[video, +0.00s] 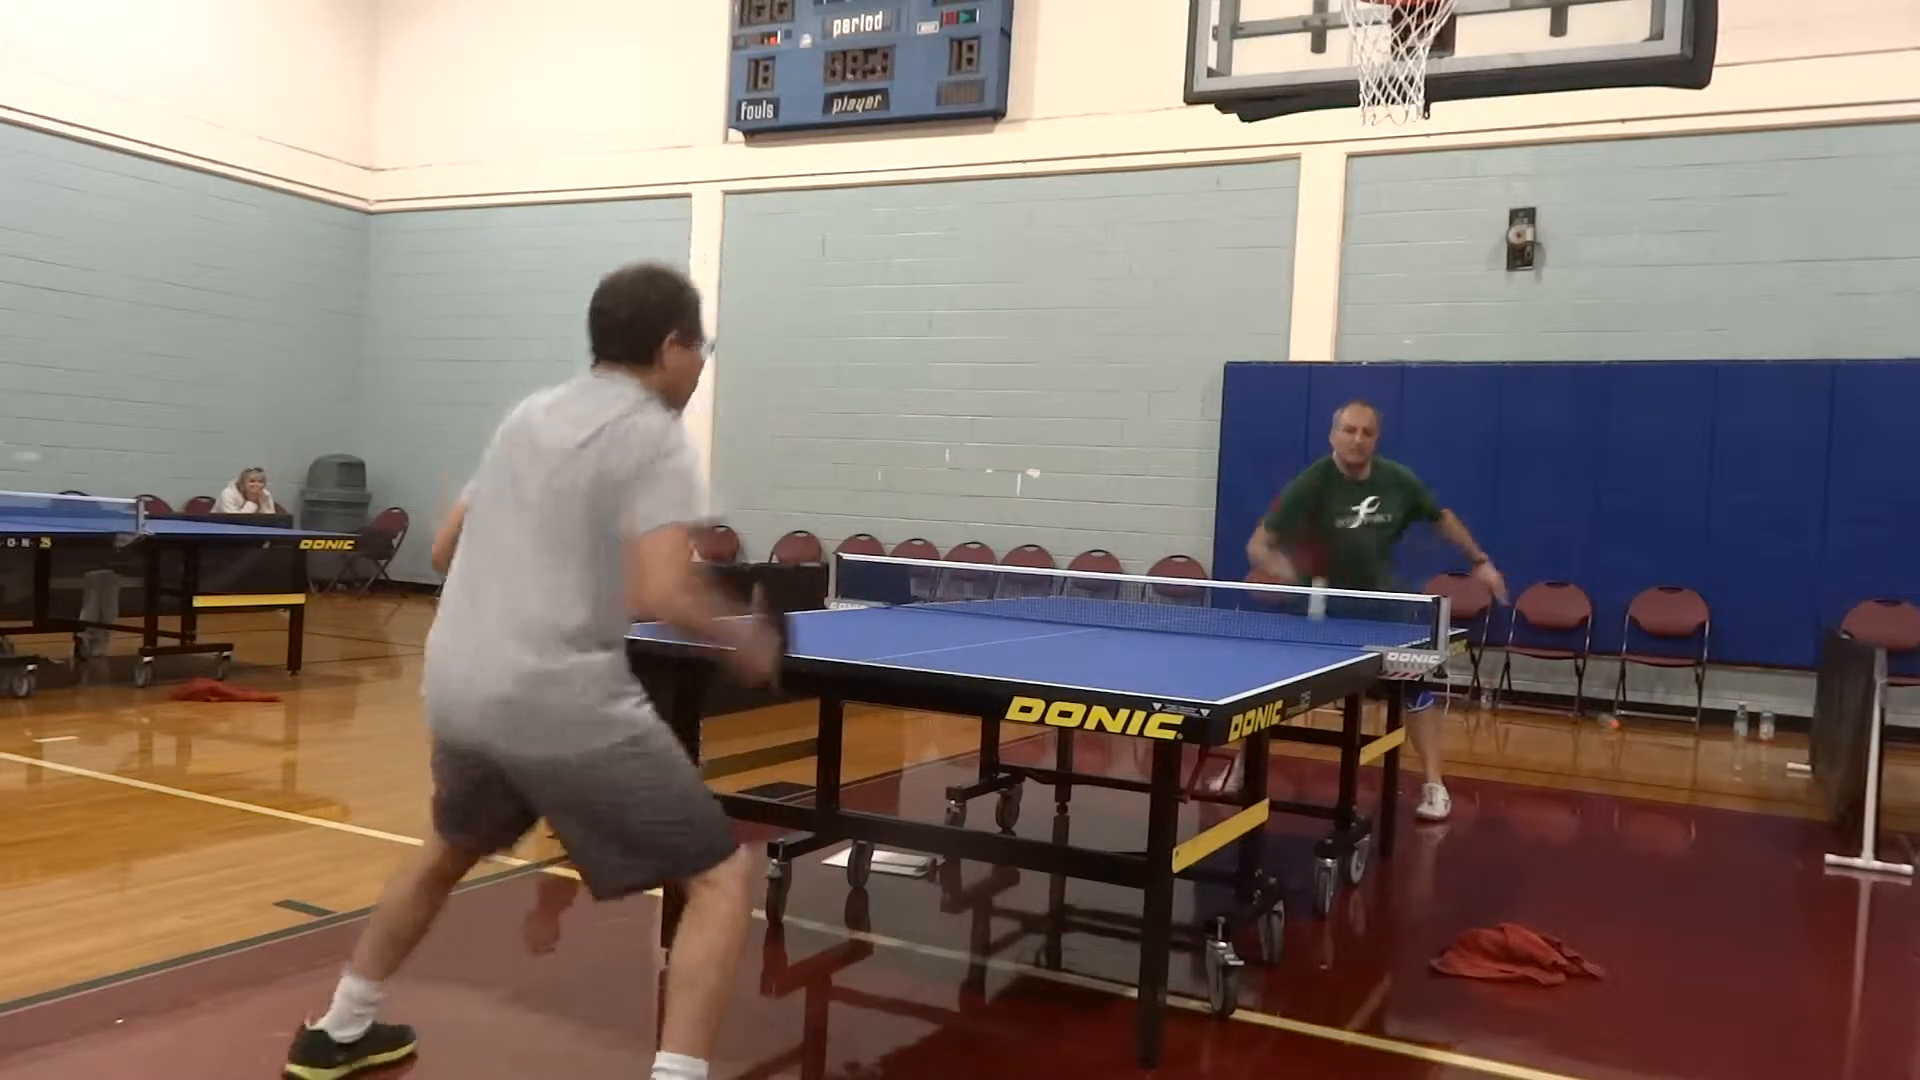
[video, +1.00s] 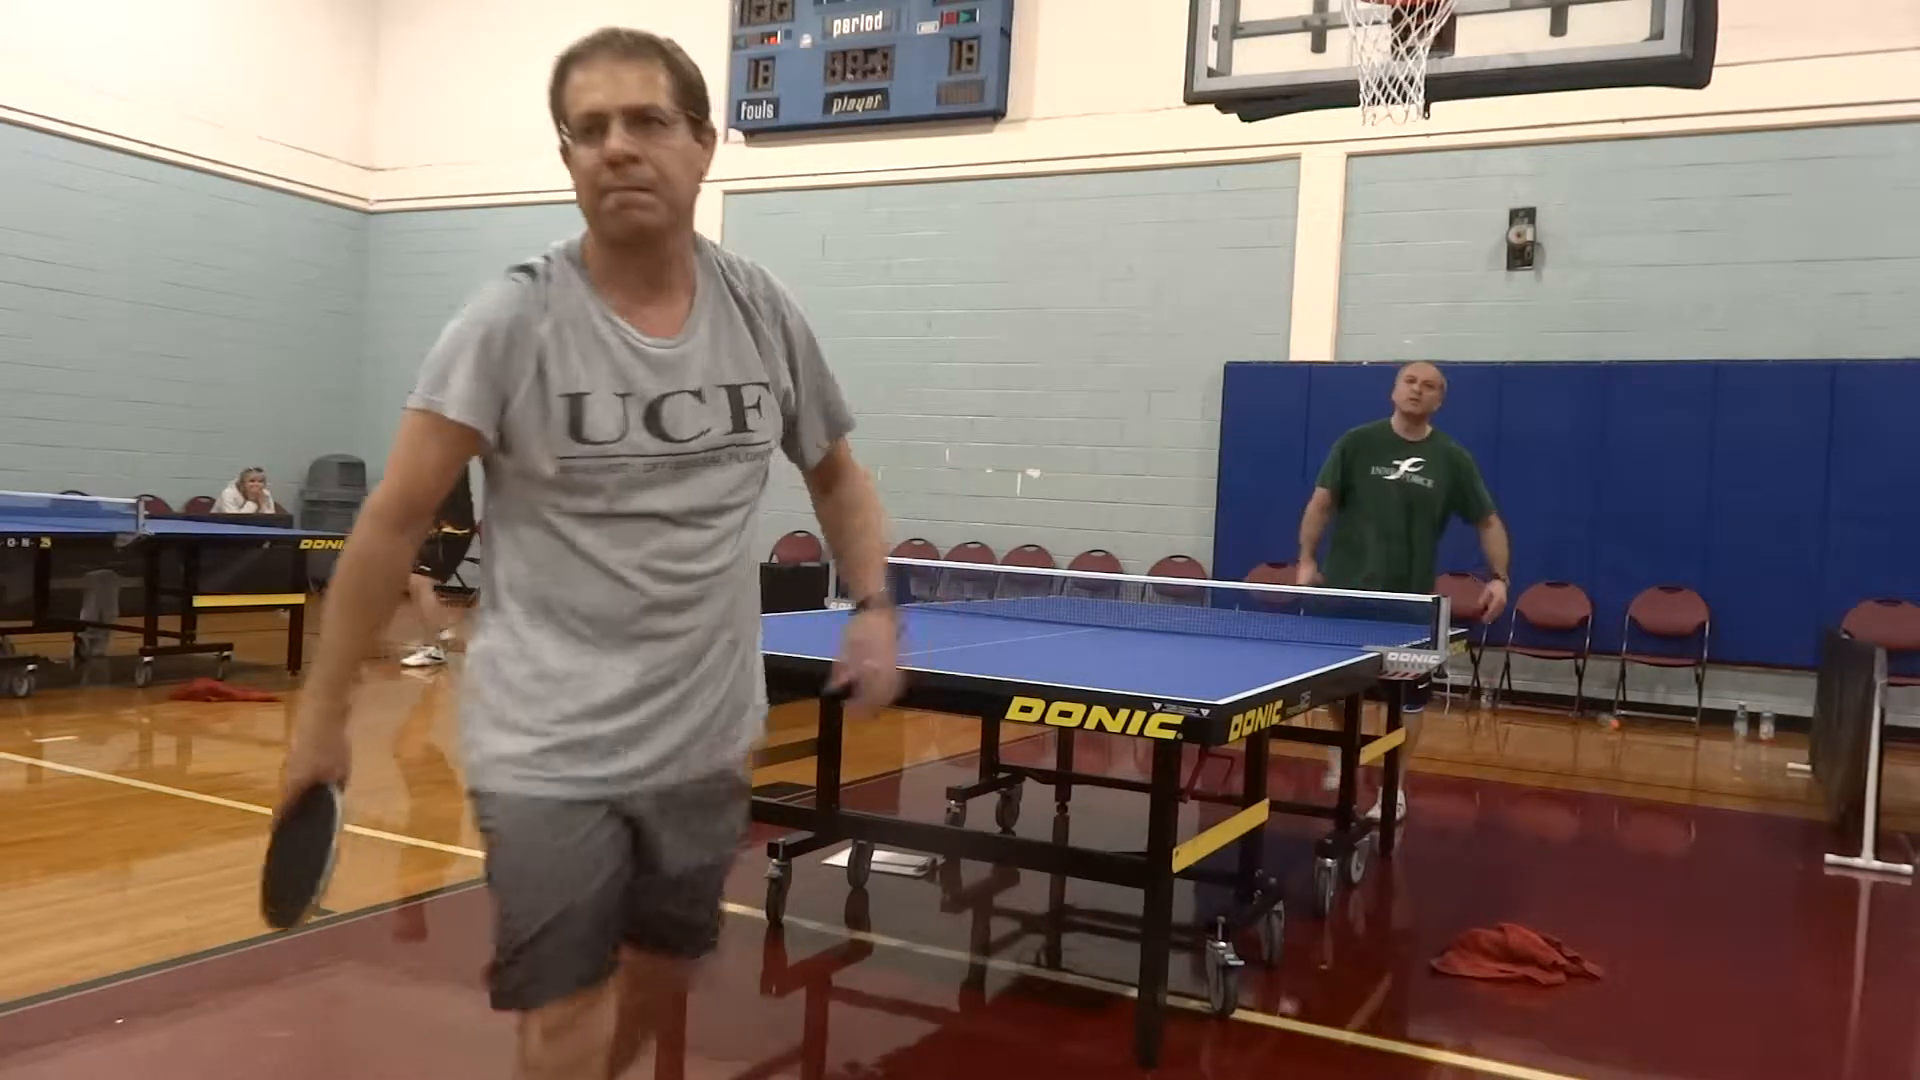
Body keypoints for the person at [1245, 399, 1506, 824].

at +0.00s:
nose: (1357, 439)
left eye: (1366, 433)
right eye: (1349, 430)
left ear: (1377, 439)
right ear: (1332, 434)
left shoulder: (1399, 481)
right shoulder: (1311, 483)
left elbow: (1442, 520)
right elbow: (1257, 544)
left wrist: (1481, 561)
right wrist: (1280, 566)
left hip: (1383, 612)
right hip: (1319, 611)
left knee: (1419, 682)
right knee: (1264, 677)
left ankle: (1434, 783)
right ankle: (1244, 765)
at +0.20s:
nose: (1333, 424)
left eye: (1341, 418)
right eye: (1325, 416)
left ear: (1352, 425)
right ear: (1308, 422)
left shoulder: (1374, 472)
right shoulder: (1280, 482)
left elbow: (1404, 513)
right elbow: (1256, 548)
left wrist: (1431, 556)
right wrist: (1281, 596)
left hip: (1372, 614)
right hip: (1305, 615)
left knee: (1412, 682)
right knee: (1257, 680)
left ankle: (1425, 777)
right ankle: (1242, 765)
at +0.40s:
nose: (1337, 405)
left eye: (1347, 400)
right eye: (1330, 397)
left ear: (1357, 414)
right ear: (1312, 405)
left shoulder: (1376, 466)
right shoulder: (1281, 462)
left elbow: (1405, 522)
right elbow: (1245, 524)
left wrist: (1434, 575)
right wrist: (1247, 576)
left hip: (1364, 605)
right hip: (1292, 604)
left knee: (1390, 692)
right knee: (1256, 681)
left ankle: (1393, 782)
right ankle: (1242, 766)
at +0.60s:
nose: (1373, 396)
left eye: (1384, 392)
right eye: (1366, 387)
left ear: (1394, 406)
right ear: (1348, 396)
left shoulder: (1406, 465)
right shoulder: (1310, 452)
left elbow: (1442, 524)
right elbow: (1269, 508)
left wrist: (1466, 578)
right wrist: (1242, 560)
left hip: (1371, 604)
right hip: (1297, 597)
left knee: (1391, 694)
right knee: (1259, 675)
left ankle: (1391, 785)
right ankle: (1241, 760)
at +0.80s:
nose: (1408, 392)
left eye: (1418, 388)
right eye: (1401, 383)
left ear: (1429, 401)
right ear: (1383, 391)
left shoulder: (1438, 461)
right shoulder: (1343, 444)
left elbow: (1477, 520)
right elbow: (1303, 502)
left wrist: (1487, 566)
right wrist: (1273, 559)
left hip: (1395, 603)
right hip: (1325, 595)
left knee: (1399, 702)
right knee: (1280, 687)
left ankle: (1393, 789)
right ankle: (1252, 776)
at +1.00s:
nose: (1417, 390)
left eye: (1428, 387)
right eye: (1410, 382)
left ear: (1439, 402)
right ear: (1394, 390)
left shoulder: (1453, 459)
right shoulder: (1355, 444)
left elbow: (1488, 521)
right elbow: (1320, 504)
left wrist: (1501, 577)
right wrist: (1306, 558)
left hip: (1409, 604)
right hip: (1343, 597)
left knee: (1408, 702)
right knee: (1334, 687)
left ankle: (1393, 787)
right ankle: (1341, 755)